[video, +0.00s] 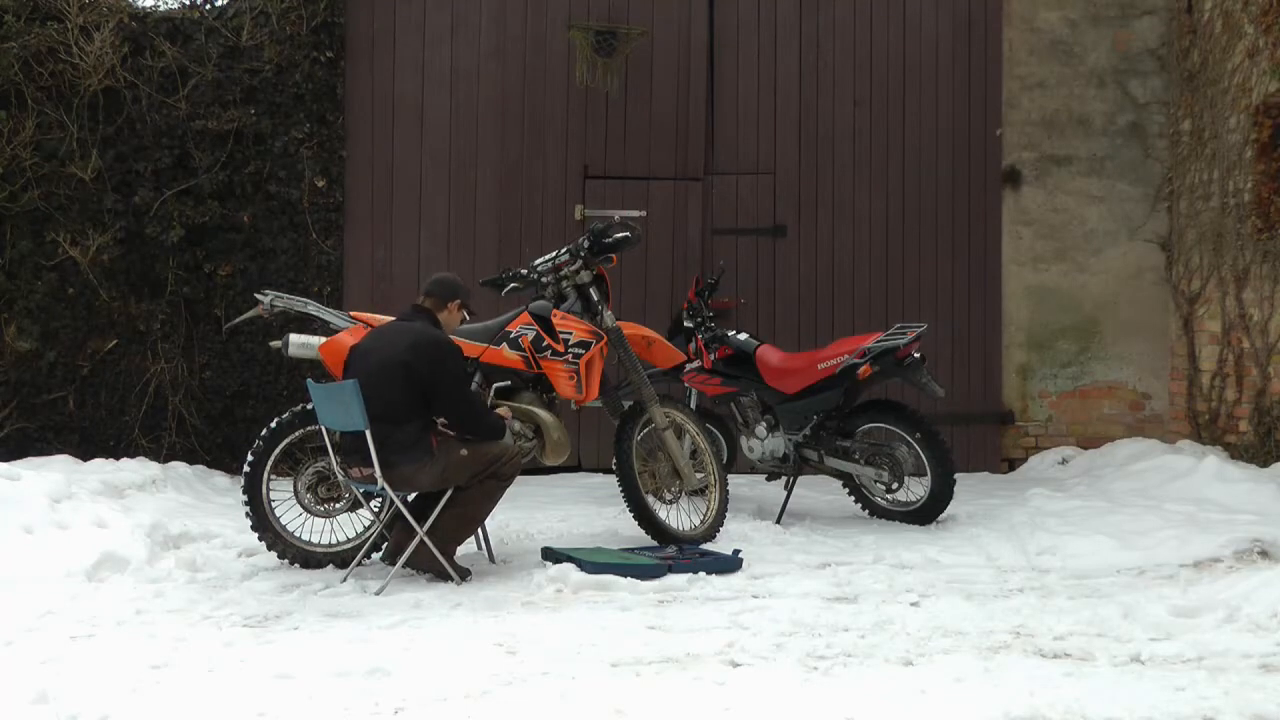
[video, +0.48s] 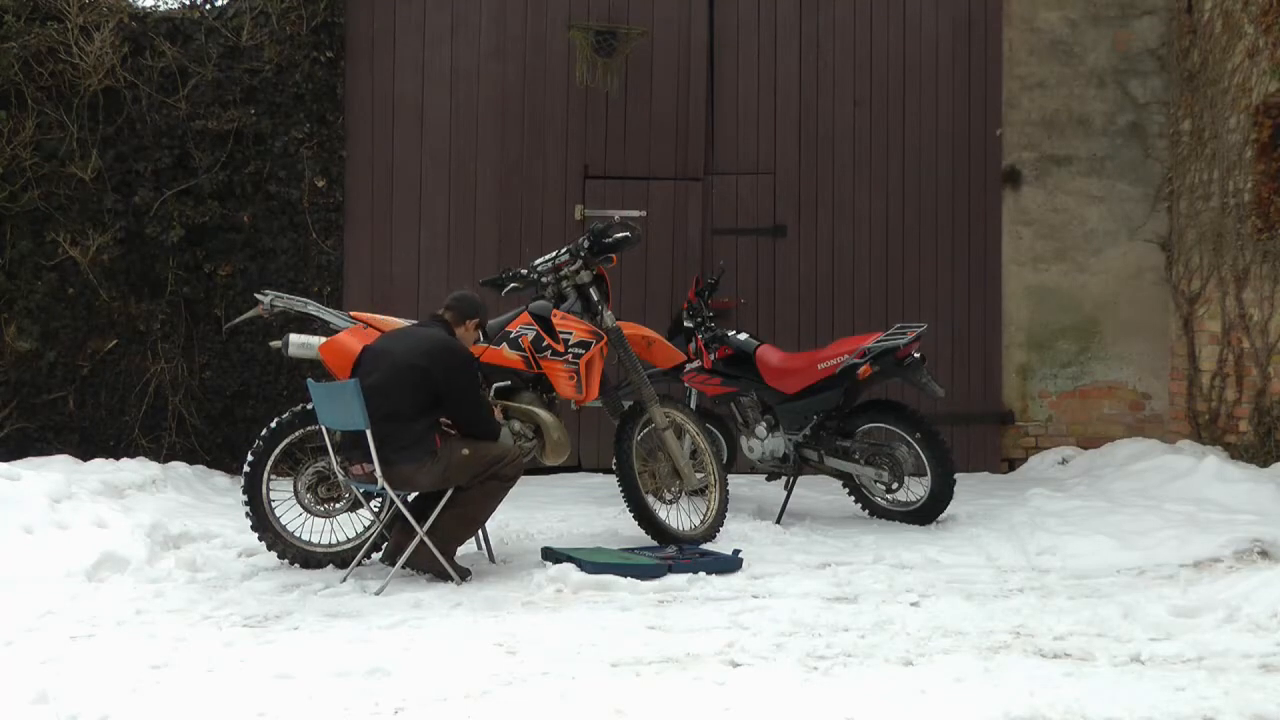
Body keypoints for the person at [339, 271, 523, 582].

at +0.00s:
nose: (461, 320)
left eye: (463, 313)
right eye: (462, 311)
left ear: (421, 302)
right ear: (450, 307)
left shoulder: (380, 332)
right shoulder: (439, 346)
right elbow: (471, 422)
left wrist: (431, 416)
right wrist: (499, 421)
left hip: (357, 457)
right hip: (399, 464)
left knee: (456, 452)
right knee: (507, 457)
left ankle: (403, 543)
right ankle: (434, 550)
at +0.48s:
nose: (474, 341)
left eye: (477, 334)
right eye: (476, 332)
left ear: (443, 315)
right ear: (468, 324)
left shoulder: (393, 337)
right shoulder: (452, 353)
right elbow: (482, 431)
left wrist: (438, 421)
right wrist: (494, 420)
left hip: (358, 457)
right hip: (402, 463)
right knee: (507, 461)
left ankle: (401, 543)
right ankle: (434, 551)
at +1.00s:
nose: (475, 341)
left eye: (478, 334)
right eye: (477, 332)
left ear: (443, 315)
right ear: (469, 325)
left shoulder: (392, 338)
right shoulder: (453, 354)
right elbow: (480, 432)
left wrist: (434, 421)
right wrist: (493, 423)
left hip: (357, 457)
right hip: (400, 462)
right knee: (507, 462)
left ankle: (401, 543)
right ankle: (434, 551)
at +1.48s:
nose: (475, 339)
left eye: (478, 332)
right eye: (478, 330)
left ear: (442, 314)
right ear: (470, 324)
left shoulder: (391, 338)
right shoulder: (453, 353)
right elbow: (476, 429)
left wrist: (435, 424)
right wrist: (495, 433)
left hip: (357, 458)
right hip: (400, 463)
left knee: (464, 454)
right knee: (507, 462)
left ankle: (402, 543)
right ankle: (434, 552)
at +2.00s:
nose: (479, 335)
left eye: (481, 328)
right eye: (480, 327)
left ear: (442, 313)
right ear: (469, 321)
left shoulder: (393, 337)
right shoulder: (455, 354)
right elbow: (482, 431)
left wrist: (437, 425)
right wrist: (499, 437)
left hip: (357, 455)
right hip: (401, 462)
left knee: (463, 452)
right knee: (507, 462)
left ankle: (402, 542)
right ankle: (434, 551)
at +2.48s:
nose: (487, 336)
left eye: (489, 328)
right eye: (487, 327)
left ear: (449, 315)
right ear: (475, 323)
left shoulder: (400, 337)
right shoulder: (458, 355)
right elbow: (480, 422)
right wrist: (515, 420)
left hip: (358, 455)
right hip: (402, 461)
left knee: (463, 453)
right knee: (508, 462)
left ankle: (402, 543)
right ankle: (435, 551)